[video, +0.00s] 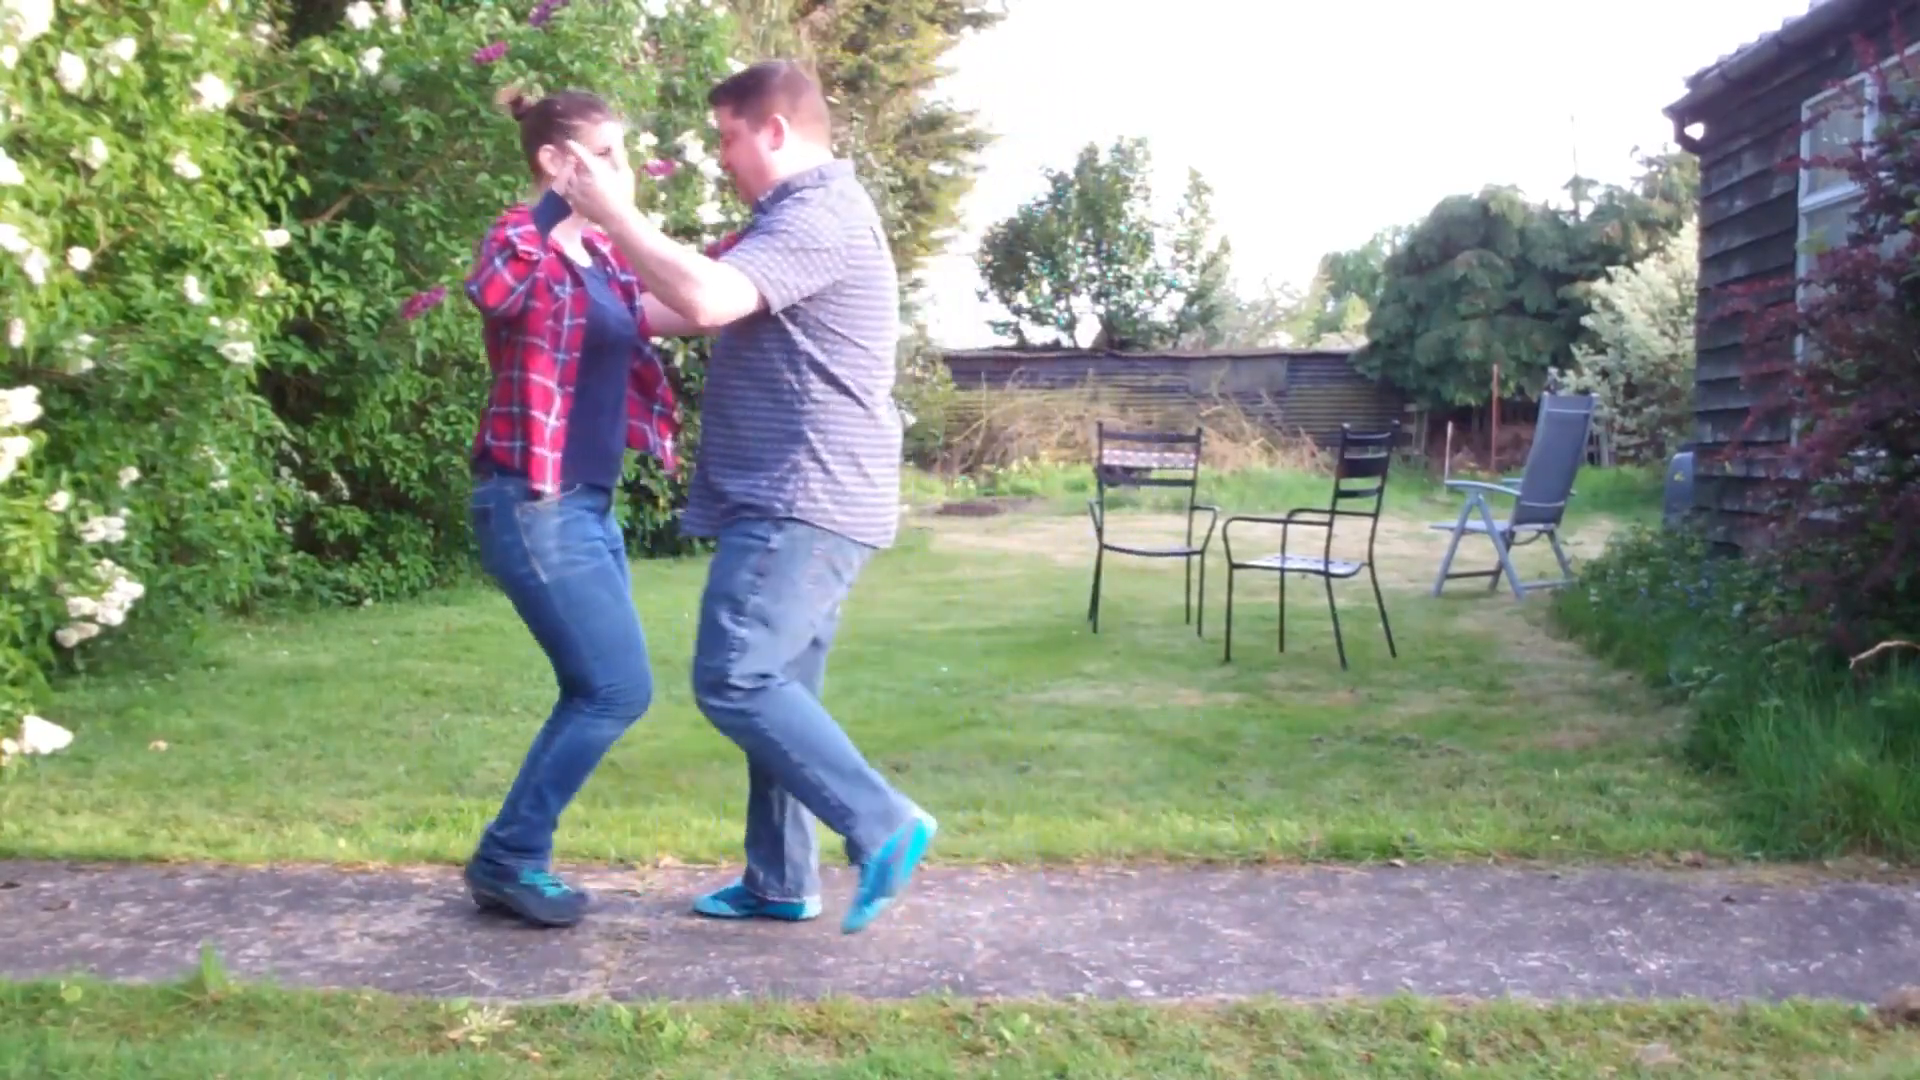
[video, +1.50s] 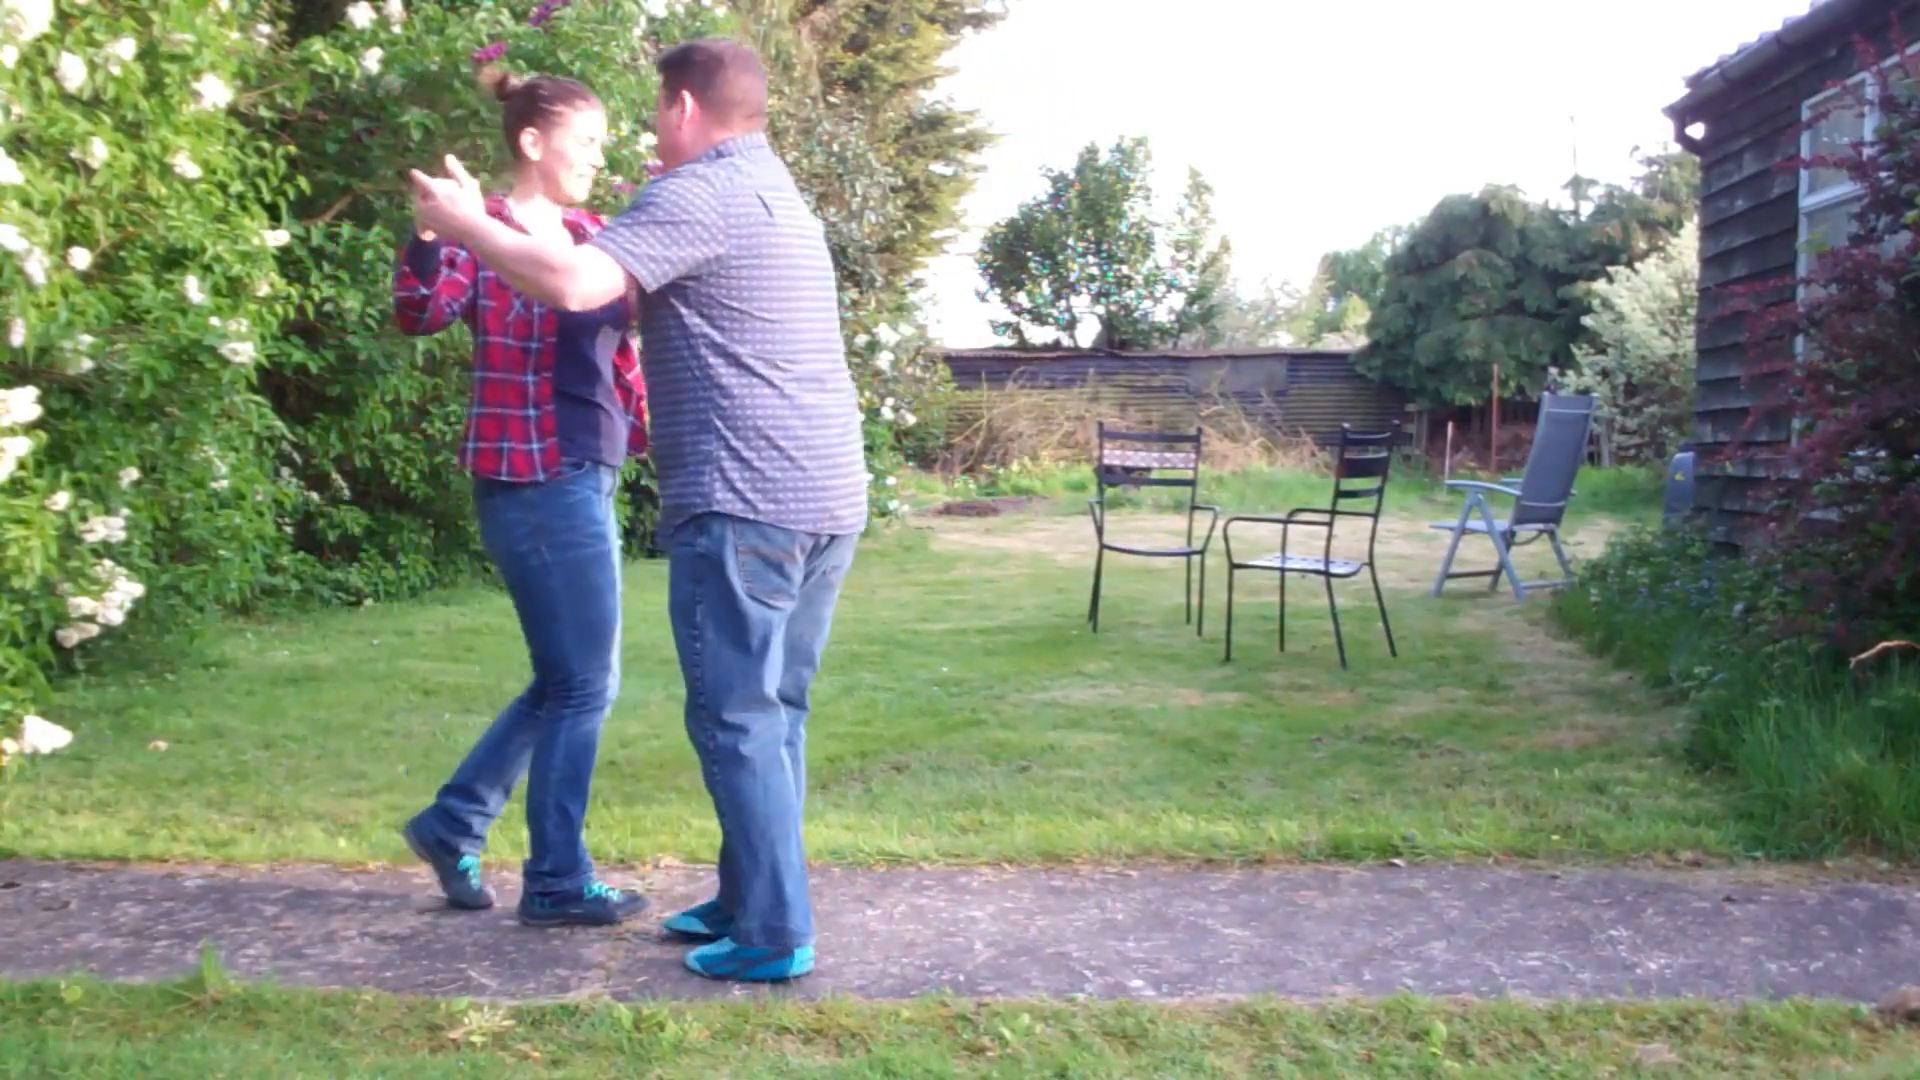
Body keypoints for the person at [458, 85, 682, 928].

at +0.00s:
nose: (622, 168)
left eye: (621, 152)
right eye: (606, 152)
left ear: (586, 160)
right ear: (556, 159)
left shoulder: (605, 256)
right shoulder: (520, 234)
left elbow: (678, 314)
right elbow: (499, 296)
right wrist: (567, 207)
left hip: (585, 501)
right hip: (530, 499)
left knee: (600, 691)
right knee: (618, 688)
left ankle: (512, 858)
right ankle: (508, 859)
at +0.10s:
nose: (592, 175)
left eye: (594, 159)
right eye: (576, 159)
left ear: (589, 170)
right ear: (526, 166)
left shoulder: (585, 260)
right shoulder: (494, 243)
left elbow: (625, 325)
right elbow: (469, 302)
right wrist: (537, 224)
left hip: (570, 508)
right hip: (507, 512)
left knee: (597, 692)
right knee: (564, 705)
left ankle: (513, 864)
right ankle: (412, 831)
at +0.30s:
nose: (538, 168)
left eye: (538, 151)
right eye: (522, 152)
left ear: (522, 157)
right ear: (474, 158)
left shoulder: (529, 251)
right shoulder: (435, 236)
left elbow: (586, 320)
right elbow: (412, 294)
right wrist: (479, 209)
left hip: (517, 502)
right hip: (448, 502)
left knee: (549, 682)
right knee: (437, 705)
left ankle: (509, 863)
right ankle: (301, 847)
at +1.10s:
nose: (515, 166)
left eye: (518, 152)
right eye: (503, 151)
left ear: (505, 159)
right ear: (450, 153)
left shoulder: (519, 248)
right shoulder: (414, 242)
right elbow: (358, 322)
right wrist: (402, 238)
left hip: (503, 492)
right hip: (445, 494)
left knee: (467, 686)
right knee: (526, 678)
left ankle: (413, 852)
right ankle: (404, 835)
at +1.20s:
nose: (532, 163)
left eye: (534, 149)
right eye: (520, 148)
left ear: (506, 155)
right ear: (466, 150)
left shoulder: (526, 241)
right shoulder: (434, 242)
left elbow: (589, 290)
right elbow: (369, 318)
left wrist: (590, 246)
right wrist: (404, 234)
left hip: (511, 489)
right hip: (462, 492)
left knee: (469, 688)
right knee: (553, 668)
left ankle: (412, 855)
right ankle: (502, 861)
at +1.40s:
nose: (574, 163)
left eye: (577, 149)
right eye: (561, 147)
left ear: (530, 153)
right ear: (510, 147)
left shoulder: (564, 239)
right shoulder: (471, 238)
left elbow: (616, 328)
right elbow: (398, 312)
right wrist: (419, 225)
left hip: (530, 487)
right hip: (517, 489)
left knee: (498, 685)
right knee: (584, 683)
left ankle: (421, 846)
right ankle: (558, 880)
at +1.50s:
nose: (599, 158)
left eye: (601, 144)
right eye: (587, 142)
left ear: (550, 146)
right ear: (533, 142)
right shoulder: (493, 231)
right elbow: (419, 316)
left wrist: (654, 443)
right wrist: (434, 233)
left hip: (561, 478)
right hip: (545, 482)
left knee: (565, 682)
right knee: (584, 687)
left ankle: (452, 824)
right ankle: (557, 878)